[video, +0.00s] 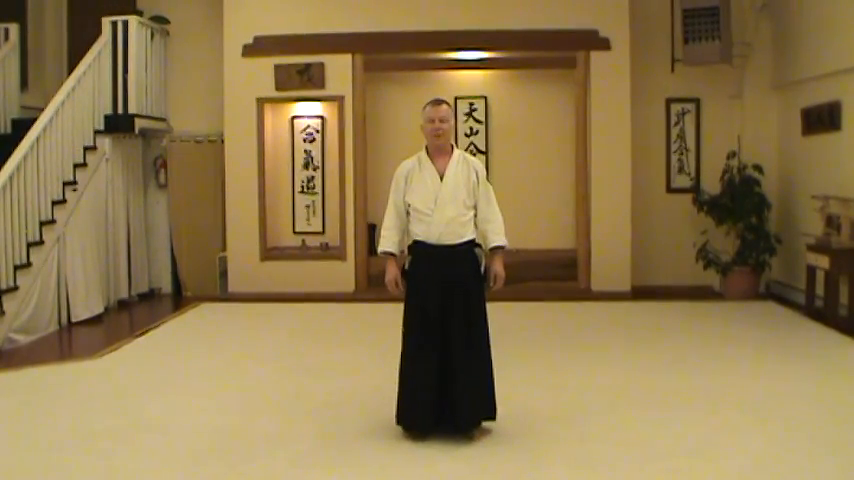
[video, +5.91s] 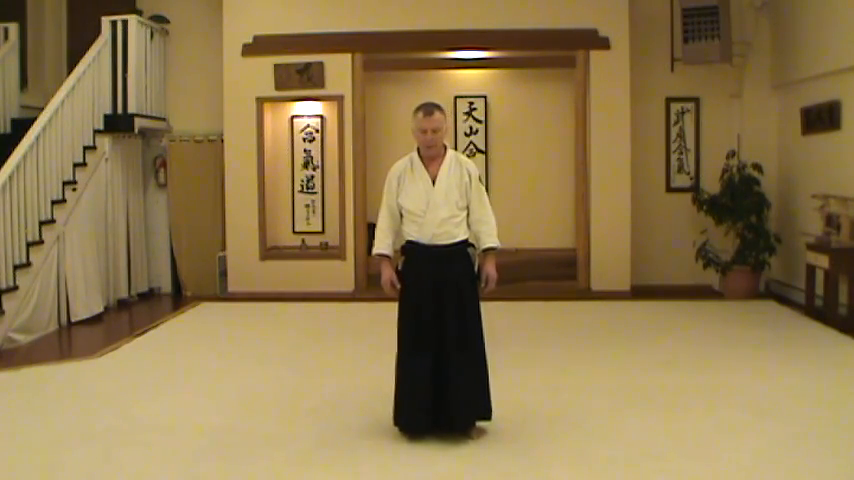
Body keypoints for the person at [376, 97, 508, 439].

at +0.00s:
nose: (437, 126)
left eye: (443, 121)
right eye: (431, 121)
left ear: (453, 125)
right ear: (422, 126)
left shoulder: (471, 166)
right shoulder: (408, 169)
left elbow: (488, 211)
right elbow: (394, 216)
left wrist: (495, 255)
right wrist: (391, 260)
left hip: (463, 259)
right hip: (424, 260)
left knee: (465, 336)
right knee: (423, 337)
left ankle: (466, 416)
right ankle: (420, 417)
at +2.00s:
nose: (435, 126)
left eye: (442, 120)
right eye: (429, 120)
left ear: (453, 124)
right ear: (420, 127)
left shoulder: (470, 166)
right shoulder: (406, 170)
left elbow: (486, 212)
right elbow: (393, 217)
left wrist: (494, 256)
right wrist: (391, 262)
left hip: (462, 260)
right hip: (422, 260)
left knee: (463, 335)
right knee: (422, 336)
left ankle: (463, 416)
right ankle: (419, 417)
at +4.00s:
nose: (436, 122)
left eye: (442, 117)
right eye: (429, 117)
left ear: (453, 124)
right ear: (420, 125)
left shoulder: (470, 167)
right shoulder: (405, 170)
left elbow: (485, 213)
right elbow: (392, 217)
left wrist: (493, 258)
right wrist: (389, 261)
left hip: (461, 260)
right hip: (422, 260)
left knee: (463, 337)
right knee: (422, 337)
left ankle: (464, 417)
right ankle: (420, 418)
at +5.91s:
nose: (429, 137)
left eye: (435, 130)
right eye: (423, 131)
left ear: (446, 130)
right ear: (414, 133)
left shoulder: (465, 168)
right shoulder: (400, 171)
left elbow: (481, 213)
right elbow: (387, 218)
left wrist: (488, 256)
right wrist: (385, 261)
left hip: (456, 260)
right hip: (417, 261)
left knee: (460, 336)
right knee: (418, 337)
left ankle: (462, 416)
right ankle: (417, 417)